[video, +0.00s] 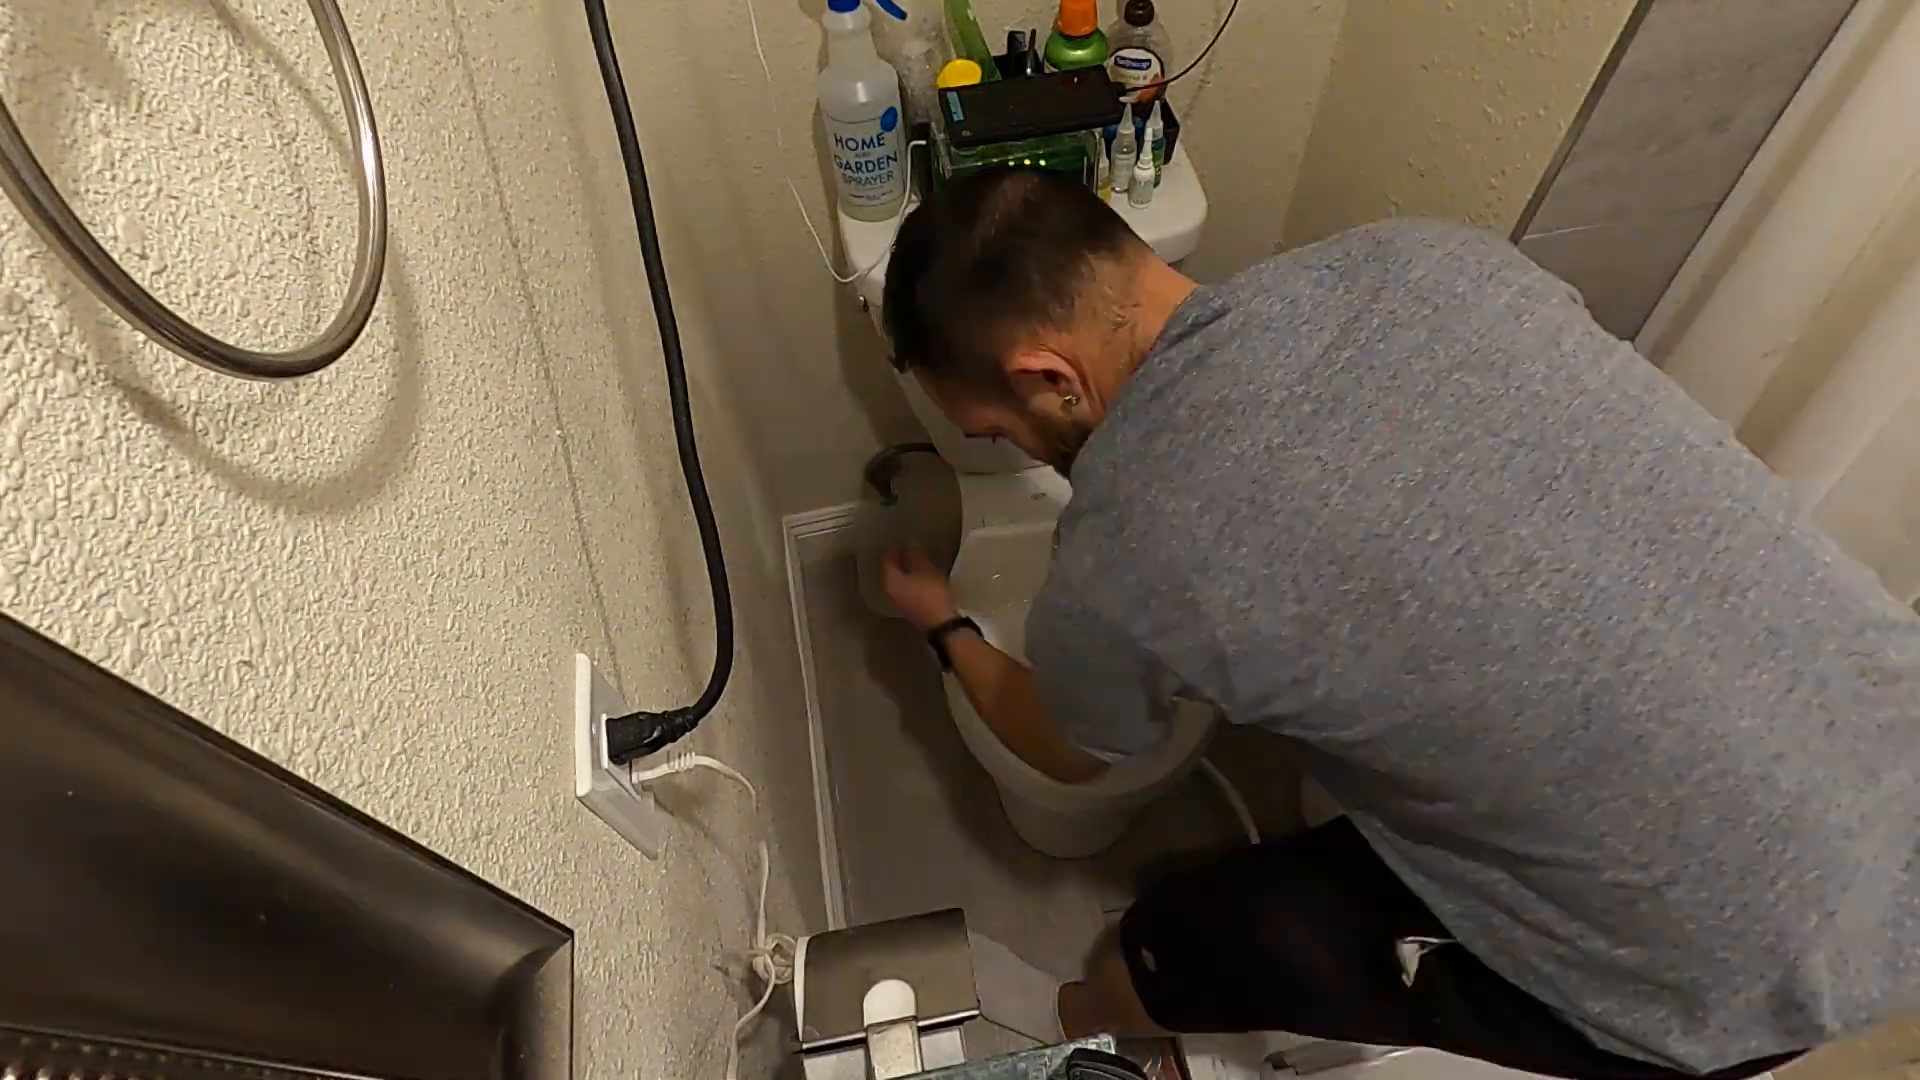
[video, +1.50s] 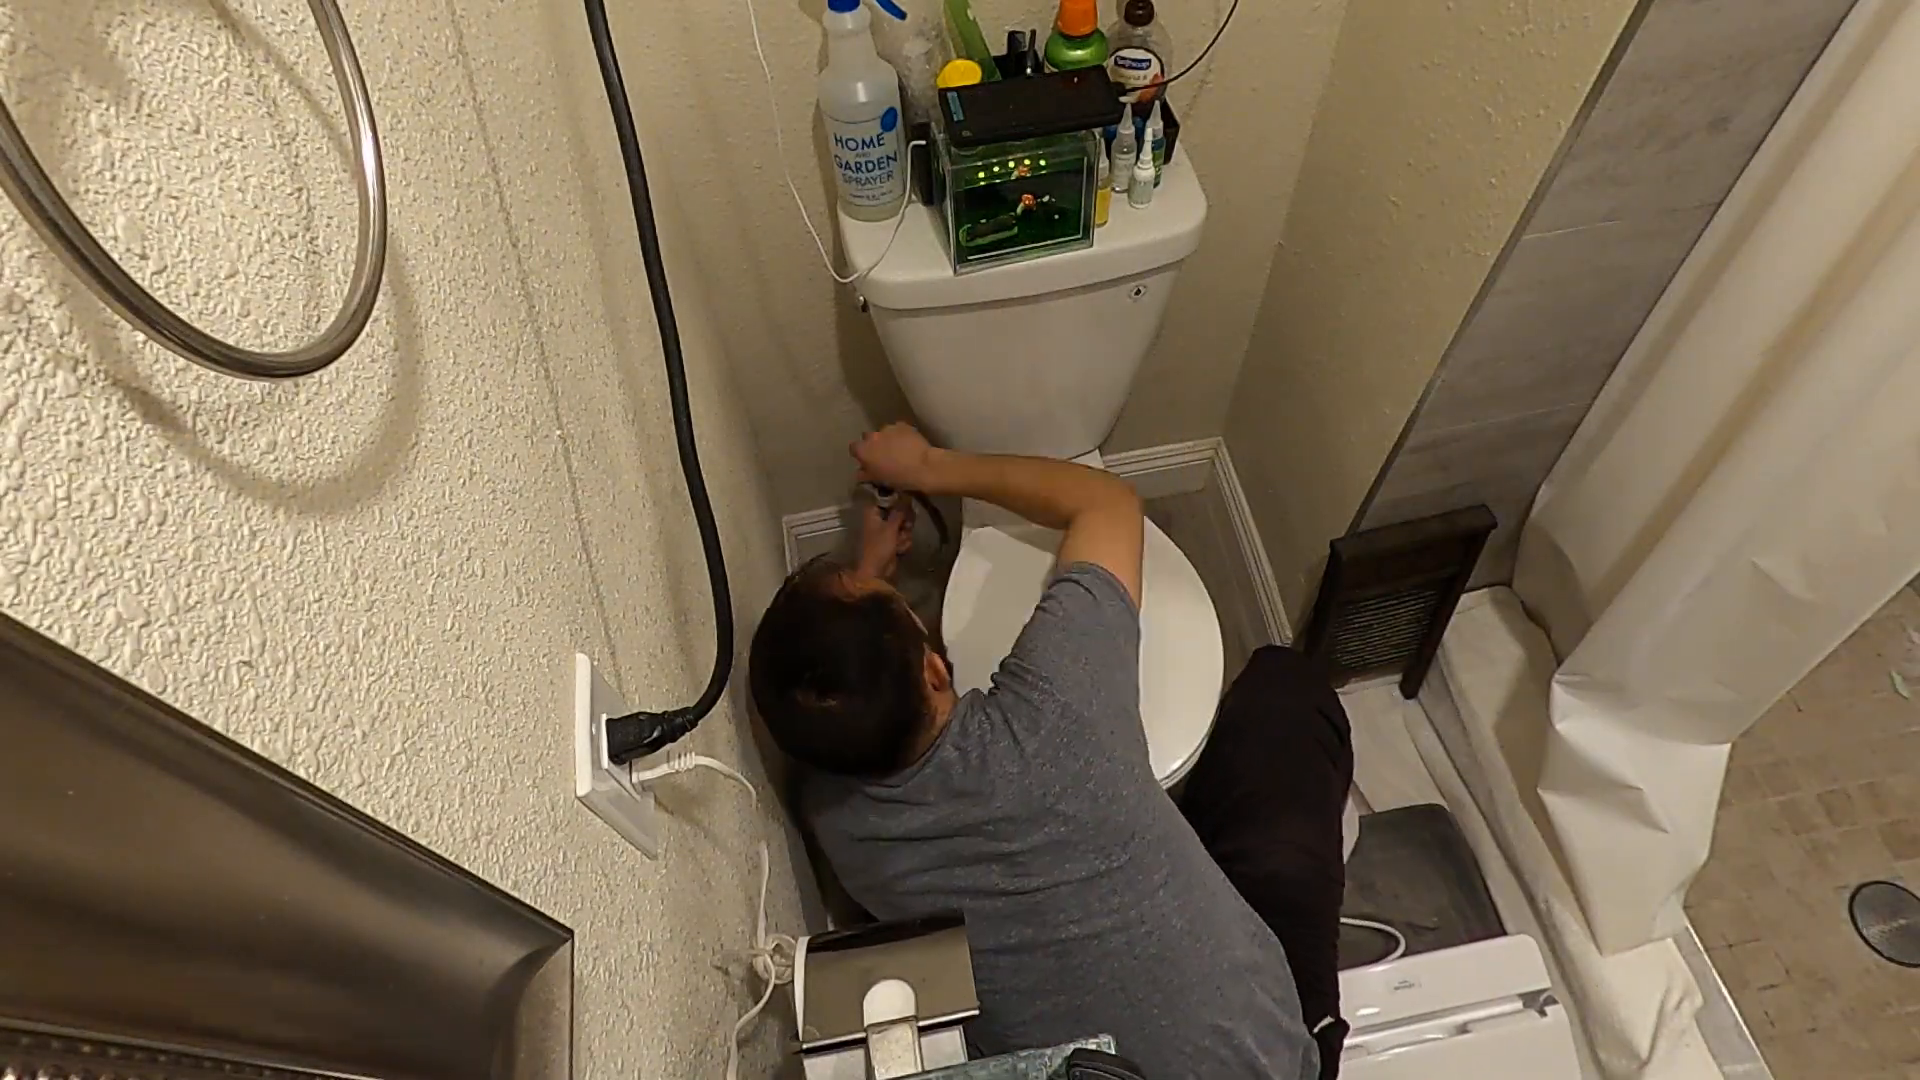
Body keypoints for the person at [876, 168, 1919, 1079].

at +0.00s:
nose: (1015, 460)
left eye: (994, 432)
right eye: (987, 441)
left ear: (1051, 375)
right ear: (1140, 253)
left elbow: (1070, 752)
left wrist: (942, 624)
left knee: (1222, 922)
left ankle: (1083, 1018)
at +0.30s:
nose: (896, 607)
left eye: (883, 605)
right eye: (887, 615)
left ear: (842, 770)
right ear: (932, 669)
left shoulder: (883, 853)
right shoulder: (1090, 696)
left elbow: (855, 739)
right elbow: (1116, 418)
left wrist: (902, 593)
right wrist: (966, 454)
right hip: (1299, 1050)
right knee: (1362, 704)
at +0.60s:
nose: (885, 597)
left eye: (869, 599)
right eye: (880, 606)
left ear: (839, 760)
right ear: (922, 663)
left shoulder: (886, 847)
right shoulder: (1081, 687)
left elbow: (848, 733)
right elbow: (1119, 413)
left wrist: (878, 567)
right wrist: (935, 421)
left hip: (1088, 1070)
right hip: (1296, 1055)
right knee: (1348, 700)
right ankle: (1344, 664)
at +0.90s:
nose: (906, 615)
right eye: (900, 610)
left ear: (815, 739)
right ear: (915, 648)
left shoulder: (855, 832)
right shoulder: (1036, 689)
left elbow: (900, 683)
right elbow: (971, 491)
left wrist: (933, 540)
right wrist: (898, 435)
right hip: (1272, 1050)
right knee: (1339, 696)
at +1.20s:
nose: (916, 620)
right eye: (909, 612)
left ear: (786, 718)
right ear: (909, 647)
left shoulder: (830, 832)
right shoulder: (1000, 678)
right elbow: (956, 489)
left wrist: (924, 546)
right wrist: (897, 430)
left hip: (1074, 1067)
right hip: (1266, 1049)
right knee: (1315, 686)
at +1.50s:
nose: (887, 581)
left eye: (885, 592)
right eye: (890, 601)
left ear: (805, 725)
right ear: (934, 670)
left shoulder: (842, 827)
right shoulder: (1058, 702)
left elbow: (812, 703)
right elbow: (1107, 500)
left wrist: (870, 571)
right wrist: (928, 466)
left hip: (1056, 1065)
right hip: (1256, 1050)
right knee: (1281, 679)